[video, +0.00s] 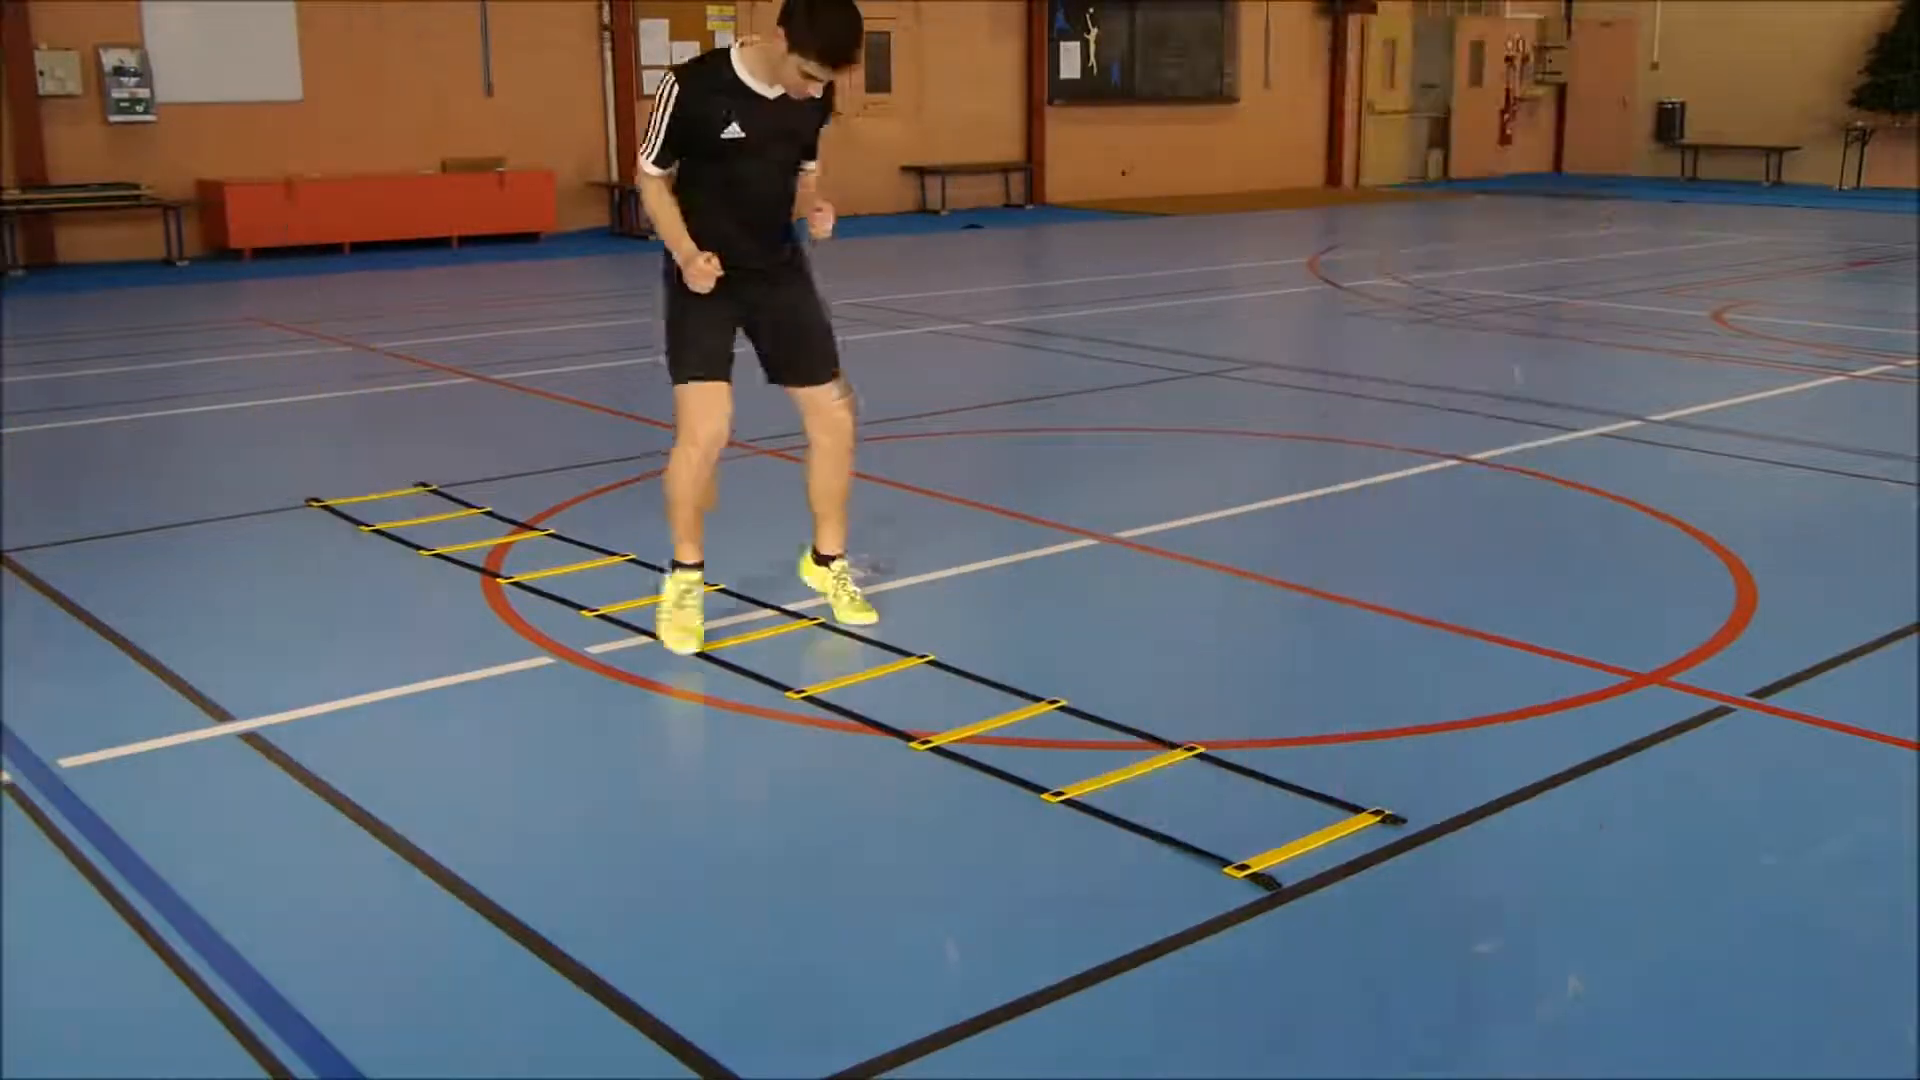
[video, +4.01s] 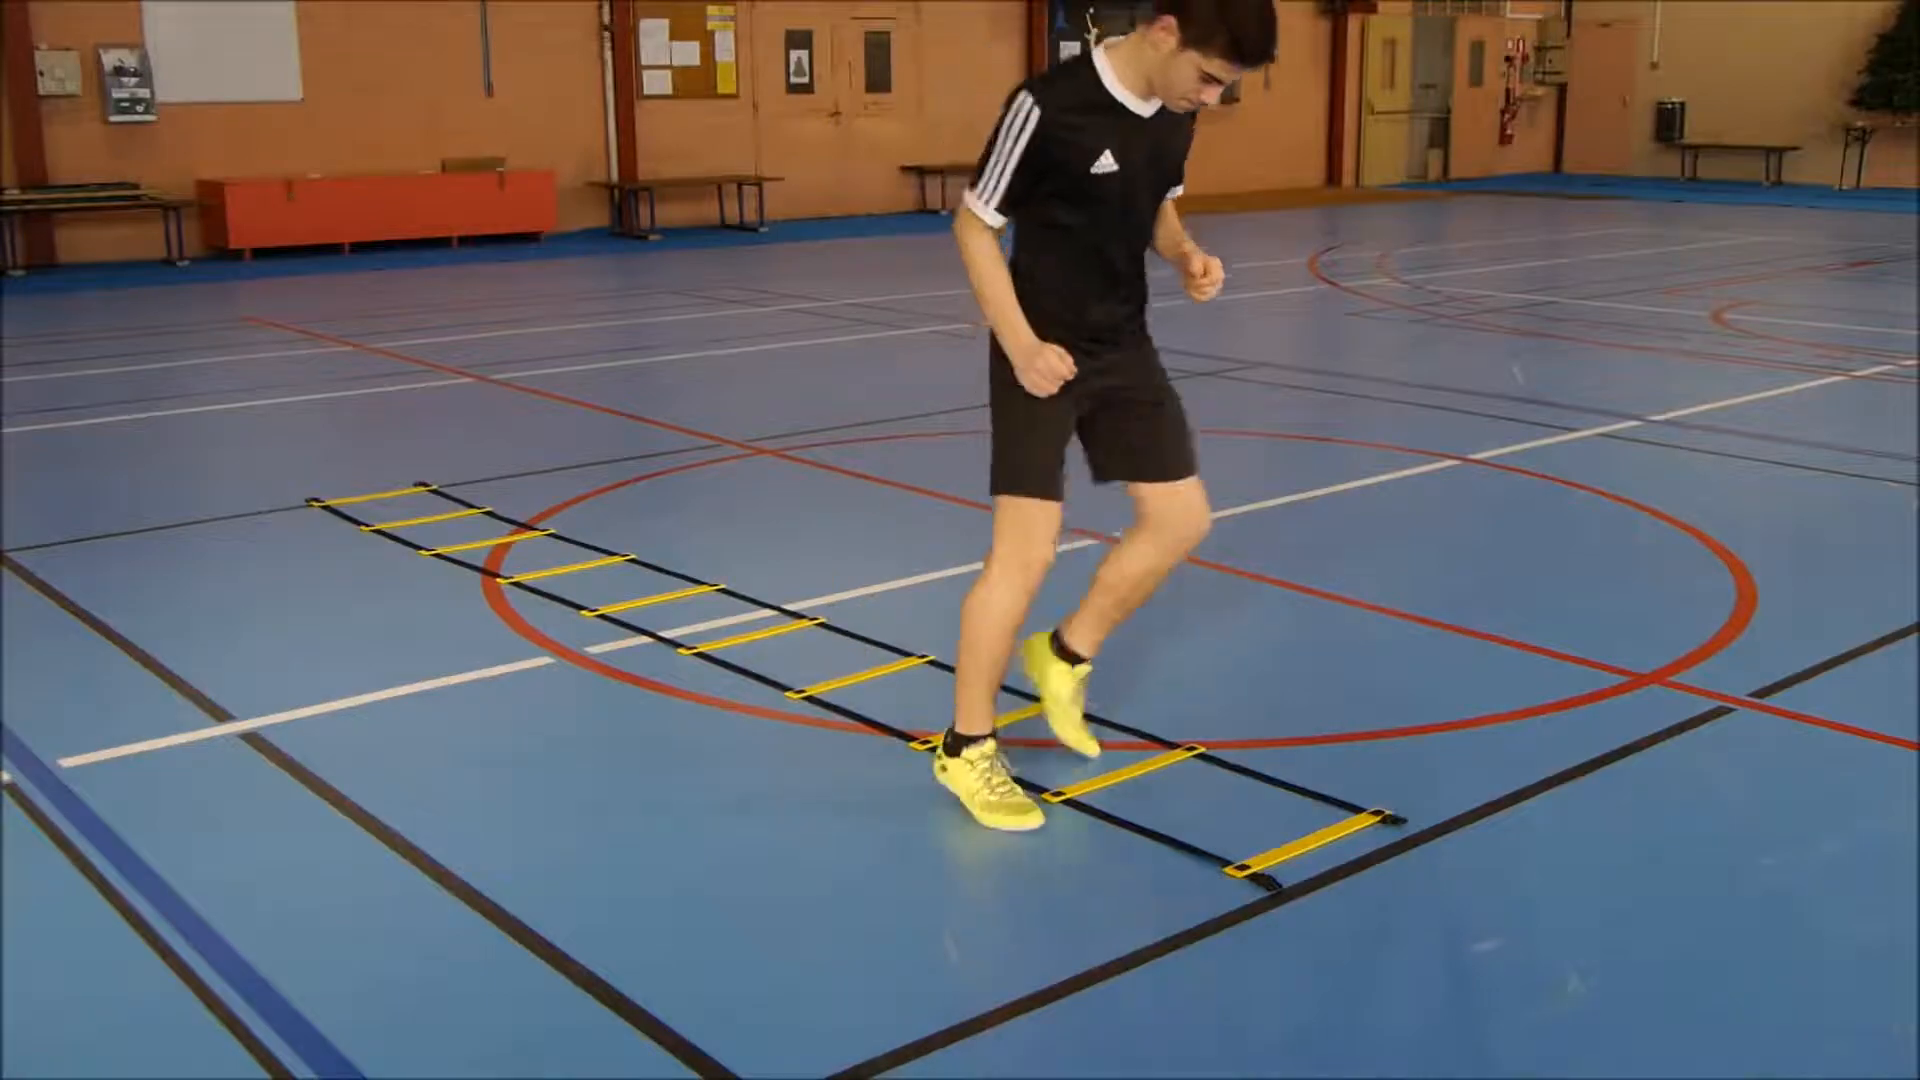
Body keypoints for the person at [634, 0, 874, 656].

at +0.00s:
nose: (814, 90)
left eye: (824, 81)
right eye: (808, 76)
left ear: (837, 67)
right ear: (778, 38)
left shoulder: (812, 97)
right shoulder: (693, 85)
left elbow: (802, 174)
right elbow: (652, 179)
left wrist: (812, 206)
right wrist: (686, 254)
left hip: (778, 267)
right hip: (700, 271)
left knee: (832, 414)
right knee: (704, 431)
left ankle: (827, 562)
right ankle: (686, 575)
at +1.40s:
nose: (941, 83)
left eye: (952, 71)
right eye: (934, 64)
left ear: (962, 55)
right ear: (895, 26)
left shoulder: (924, 97)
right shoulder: (804, 85)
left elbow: (901, 182)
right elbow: (747, 189)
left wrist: (913, 223)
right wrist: (792, 284)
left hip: (878, 286)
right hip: (798, 291)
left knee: (948, 439)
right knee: (791, 471)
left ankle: (924, 592)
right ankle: (749, 634)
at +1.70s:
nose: (976, 92)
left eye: (987, 81)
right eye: (970, 75)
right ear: (931, 34)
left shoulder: (969, 101)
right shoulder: (832, 89)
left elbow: (961, 180)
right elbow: (786, 196)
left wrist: (963, 227)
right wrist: (830, 286)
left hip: (925, 297)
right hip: (841, 301)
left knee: (957, 459)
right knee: (862, 473)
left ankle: (932, 600)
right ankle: (870, 633)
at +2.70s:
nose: (1044, 84)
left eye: (1055, 71)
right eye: (1037, 64)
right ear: (990, 26)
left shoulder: (1022, 98)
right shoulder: (899, 95)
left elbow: (1006, 187)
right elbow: (837, 217)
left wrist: (1029, 235)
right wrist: (914, 307)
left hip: (980, 318)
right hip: (895, 321)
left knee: (1064, 471)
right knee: (871, 513)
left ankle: (960, 606)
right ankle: (828, 695)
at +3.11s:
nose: (1095, 85)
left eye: (1107, 72)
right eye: (1089, 65)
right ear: (1044, 25)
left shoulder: (1083, 95)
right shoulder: (940, 89)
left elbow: (1075, 183)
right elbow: (886, 204)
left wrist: (1084, 236)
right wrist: (936, 298)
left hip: (1047, 319)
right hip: (958, 323)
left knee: (1085, 492)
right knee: (967, 511)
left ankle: (1063, 648)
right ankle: (936, 664)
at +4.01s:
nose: (1213, 98)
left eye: (1227, 86)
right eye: (1208, 77)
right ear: (1161, 32)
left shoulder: (1179, 108)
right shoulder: (1045, 103)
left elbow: (1160, 205)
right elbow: (974, 223)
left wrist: (1186, 252)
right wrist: (1021, 342)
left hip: (1120, 343)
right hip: (1034, 345)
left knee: (1180, 518)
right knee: (1023, 550)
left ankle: (1065, 654)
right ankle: (966, 744)